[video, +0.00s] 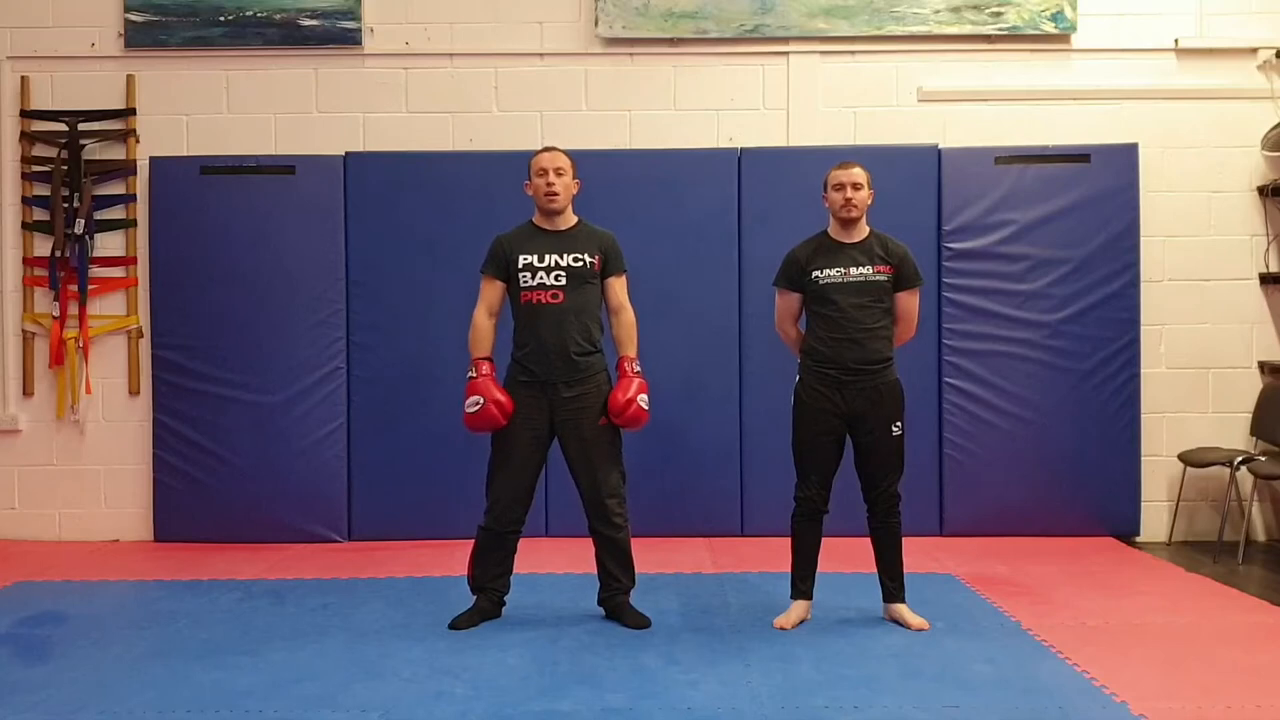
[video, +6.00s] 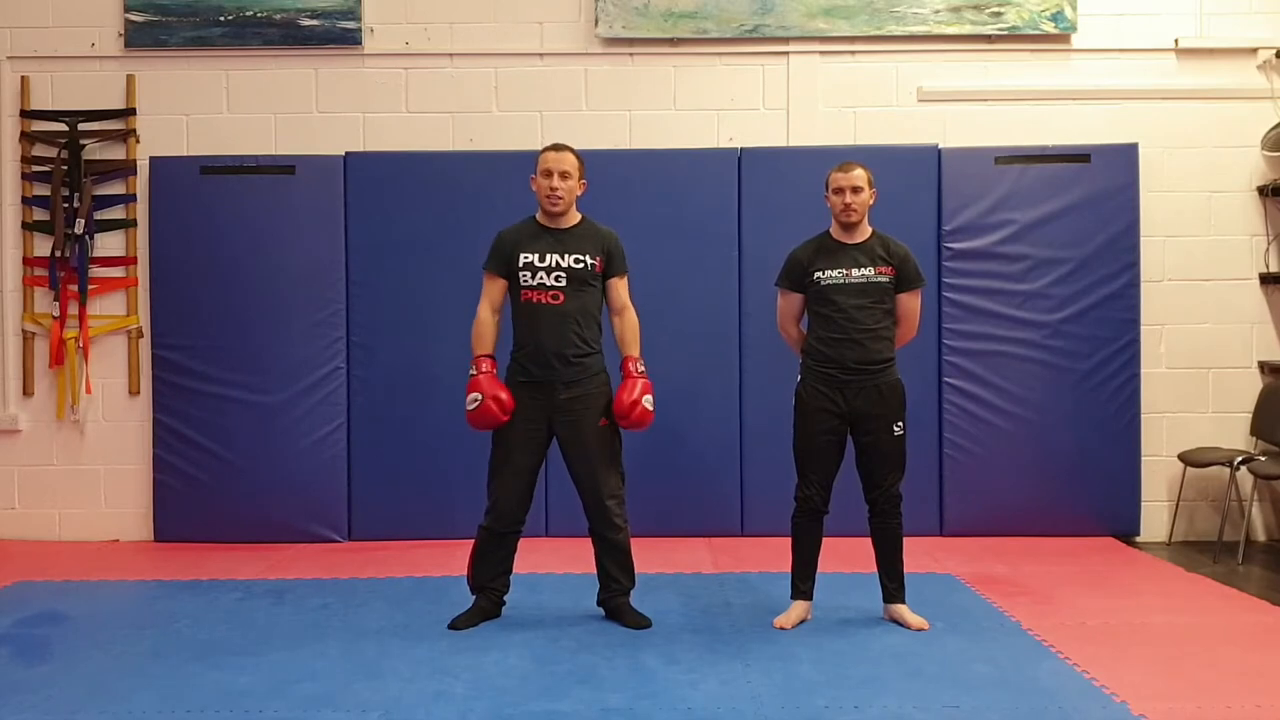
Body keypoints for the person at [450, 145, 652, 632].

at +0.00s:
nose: (550, 181)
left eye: (558, 174)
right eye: (542, 175)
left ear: (575, 184)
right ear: (529, 186)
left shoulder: (601, 243)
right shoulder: (509, 245)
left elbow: (620, 310)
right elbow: (486, 312)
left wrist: (630, 371)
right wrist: (481, 372)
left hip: (588, 389)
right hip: (525, 389)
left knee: (607, 499)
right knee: (504, 500)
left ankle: (617, 597)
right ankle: (488, 597)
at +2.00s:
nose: (550, 177)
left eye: (559, 171)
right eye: (542, 171)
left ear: (574, 184)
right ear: (529, 184)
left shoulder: (598, 240)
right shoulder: (508, 244)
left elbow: (628, 305)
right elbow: (484, 310)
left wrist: (637, 365)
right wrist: (479, 362)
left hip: (585, 388)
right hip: (521, 389)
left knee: (606, 499)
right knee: (503, 501)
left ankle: (616, 597)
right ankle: (488, 597)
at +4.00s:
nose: (543, 181)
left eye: (552, 174)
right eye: (535, 174)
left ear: (571, 183)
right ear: (525, 184)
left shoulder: (598, 240)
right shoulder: (507, 245)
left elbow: (620, 304)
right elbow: (488, 314)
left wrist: (632, 360)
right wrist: (476, 376)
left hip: (586, 389)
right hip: (524, 390)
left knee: (606, 500)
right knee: (504, 501)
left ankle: (616, 597)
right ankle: (488, 597)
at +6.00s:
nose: (554, 184)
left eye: (565, 176)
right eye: (547, 175)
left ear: (580, 185)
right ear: (534, 181)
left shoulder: (603, 241)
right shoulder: (512, 240)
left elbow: (622, 310)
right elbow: (489, 309)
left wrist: (634, 372)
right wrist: (483, 370)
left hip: (586, 388)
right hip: (524, 388)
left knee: (606, 499)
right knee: (505, 500)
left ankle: (616, 598)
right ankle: (488, 597)